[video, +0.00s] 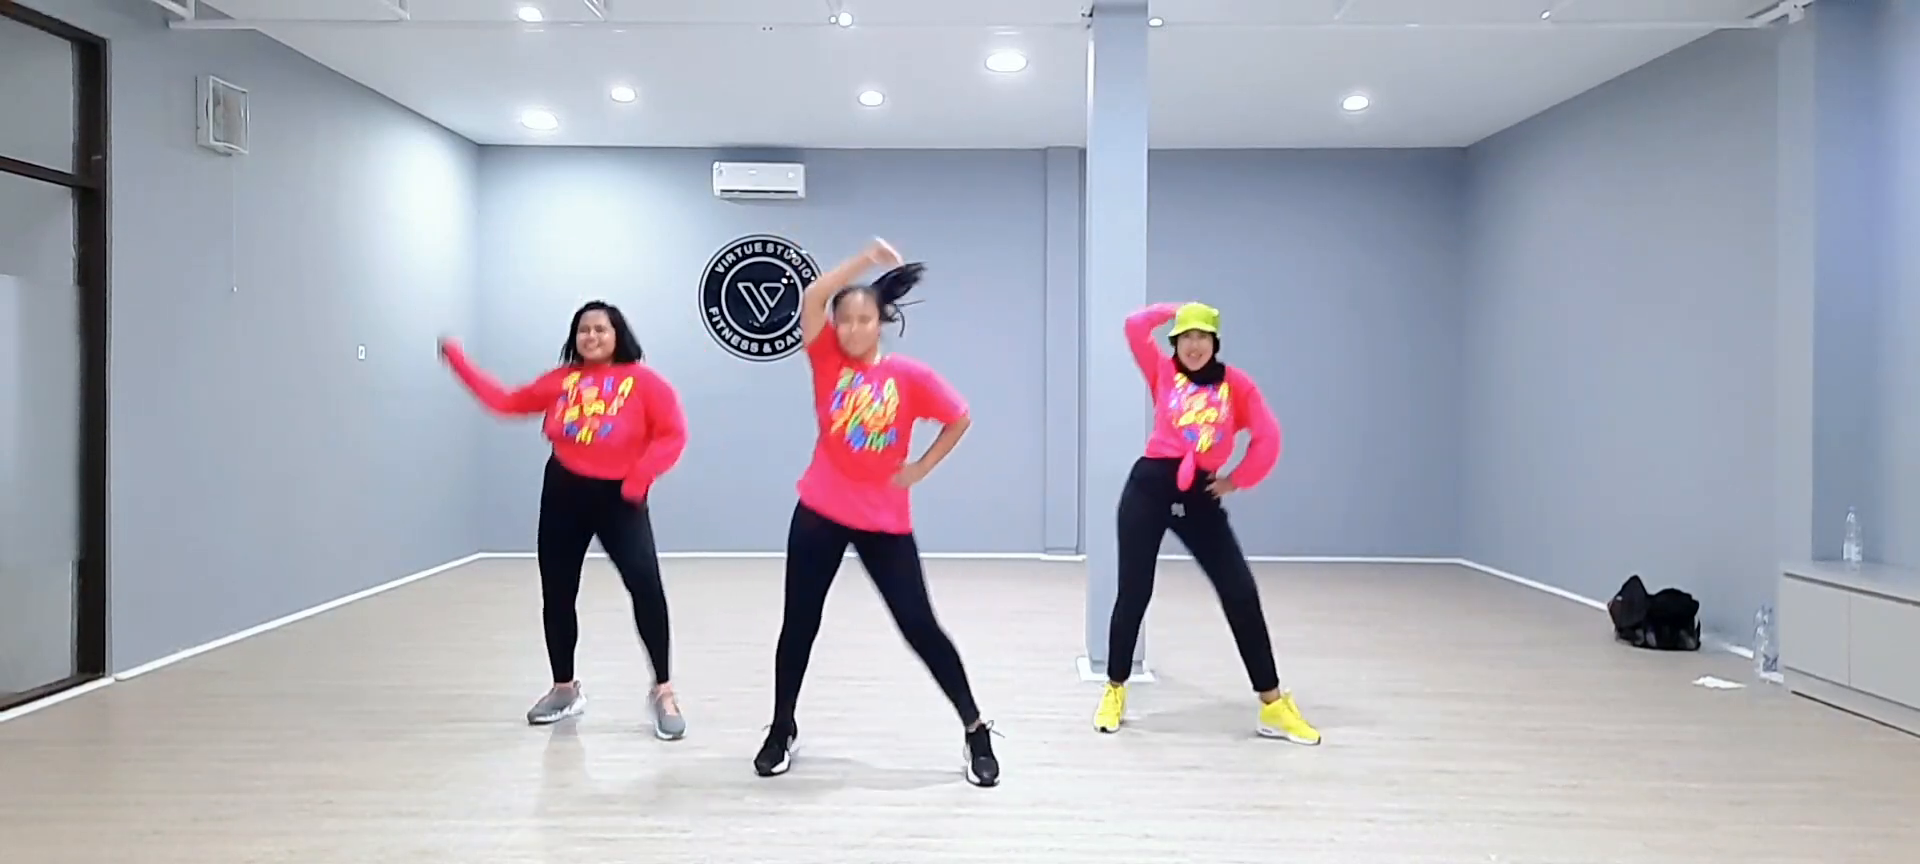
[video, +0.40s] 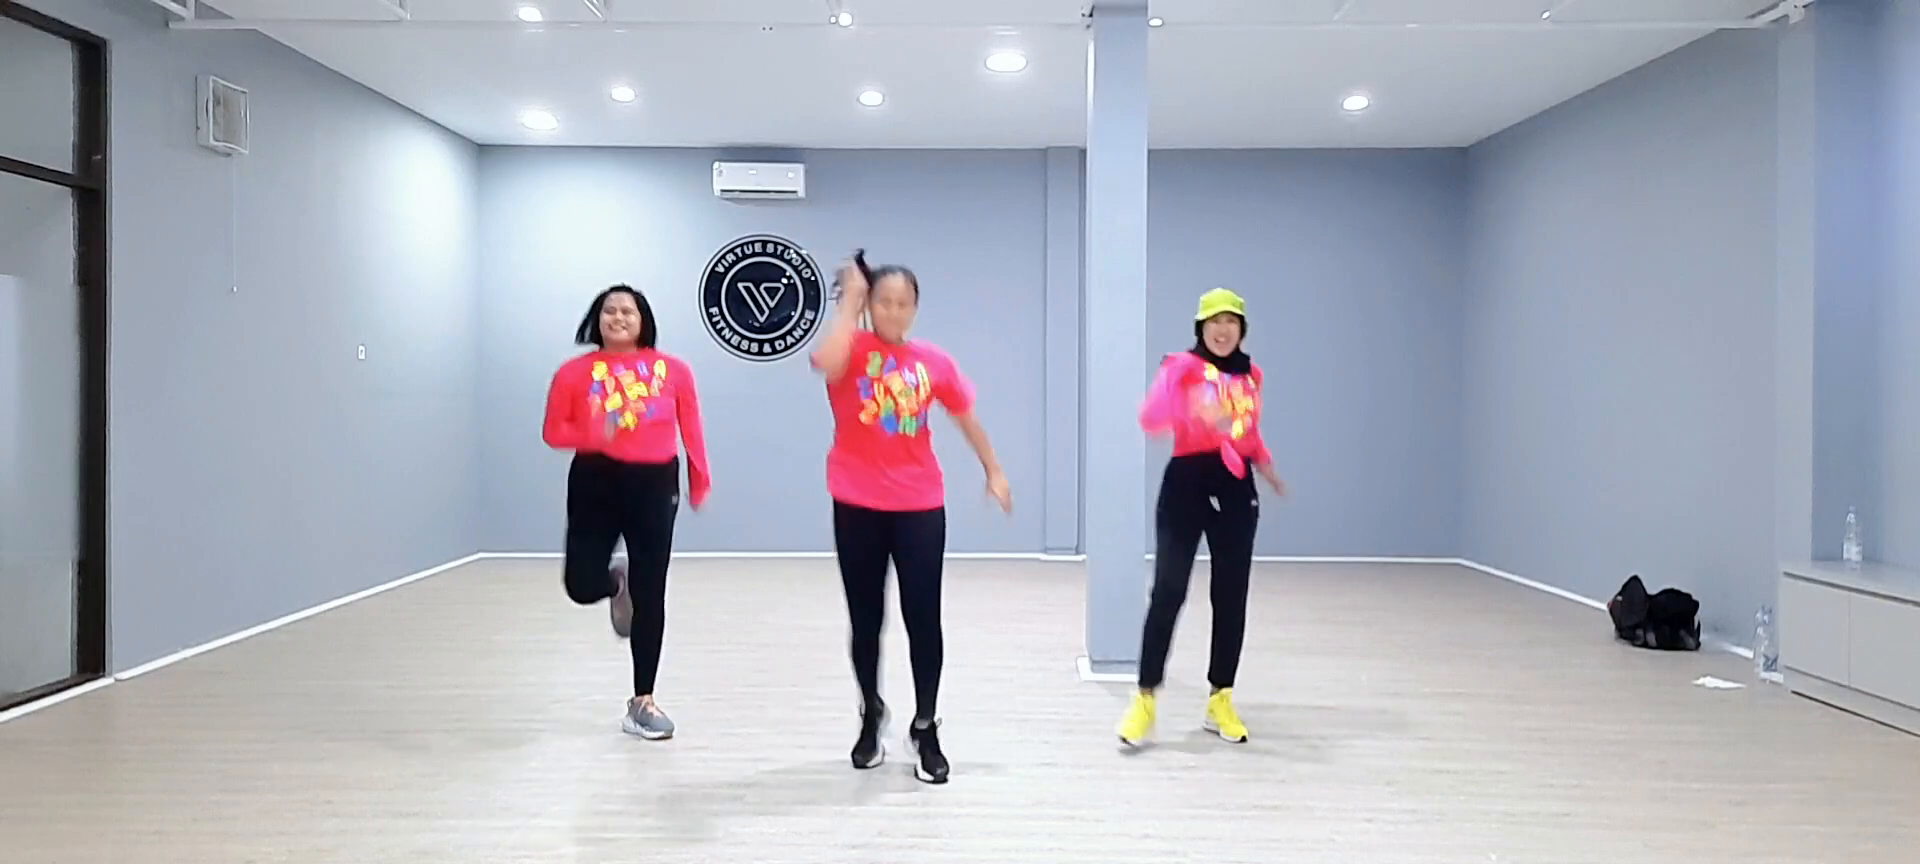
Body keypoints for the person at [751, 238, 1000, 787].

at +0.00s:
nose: (854, 328)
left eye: (864, 320)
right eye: (846, 319)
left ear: (882, 324)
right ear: (833, 324)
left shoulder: (906, 375)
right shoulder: (827, 361)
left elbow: (958, 418)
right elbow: (811, 297)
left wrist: (919, 469)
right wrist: (866, 259)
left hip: (883, 517)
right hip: (820, 509)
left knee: (920, 629)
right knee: (798, 624)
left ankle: (976, 730)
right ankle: (780, 729)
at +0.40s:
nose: (895, 312)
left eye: (904, 303)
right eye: (886, 303)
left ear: (916, 308)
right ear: (868, 306)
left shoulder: (933, 362)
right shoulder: (847, 349)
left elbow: (966, 419)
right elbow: (826, 361)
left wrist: (994, 469)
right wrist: (852, 299)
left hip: (920, 507)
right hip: (858, 506)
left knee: (923, 620)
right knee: (865, 622)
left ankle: (926, 728)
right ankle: (870, 712)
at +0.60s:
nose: (917, 340)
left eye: (926, 331)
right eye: (908, 330)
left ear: (936, 329)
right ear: (887, 324)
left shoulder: (939, 378)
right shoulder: (854, 376)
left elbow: (950, 446)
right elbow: (837, 446)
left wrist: (958, 492)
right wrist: (886, 479)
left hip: (930, 522)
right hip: (870, 524)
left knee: (933, 631)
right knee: (877, 626)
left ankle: (926, 730)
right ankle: (856, 715)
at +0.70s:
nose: (920, 336)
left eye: (929, 326)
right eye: (911, 324)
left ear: (939, 318)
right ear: (889, 313)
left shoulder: (936, 362)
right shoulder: (860, 361)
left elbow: (953, 428)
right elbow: (803, 412)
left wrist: (945, 429)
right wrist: (848, 457)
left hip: (919, 504)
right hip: (862, 501)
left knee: (936, 613)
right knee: (878, 615)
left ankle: (920, 718)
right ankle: (847, 755)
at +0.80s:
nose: (922, 352)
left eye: (929, 343)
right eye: (913, 342)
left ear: (936, 334)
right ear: (889, 330)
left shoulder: (927, 371)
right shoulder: (859, 370)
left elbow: (950, 439)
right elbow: (785, 399)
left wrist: (943, 391)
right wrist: (825, 455)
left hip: (902, 521)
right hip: (854, 521)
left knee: (941, 620)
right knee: (872, 644)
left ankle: (909, 729)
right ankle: (837, 785)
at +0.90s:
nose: (936, 362)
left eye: (941, 352)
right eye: (932, 351)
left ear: (926, 347)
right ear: (898, 343)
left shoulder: (919, 395)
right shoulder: (869, 393)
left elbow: (913, 470)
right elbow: (802, 436)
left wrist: (946, 451)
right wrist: (841, 496)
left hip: (887, 540)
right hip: (845, 542)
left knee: (928, 641)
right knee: (886, 662)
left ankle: (901, 741)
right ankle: (833, 798)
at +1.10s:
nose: (934, 325)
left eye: (936, 316)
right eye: (934, 315)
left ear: (893, 305)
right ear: (918, 308)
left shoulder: (854, 347)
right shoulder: (911, 355)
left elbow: (815, 387)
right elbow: (924, 427)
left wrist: (851, 424)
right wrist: (962, 402)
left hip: (827, 508)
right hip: (868, 513)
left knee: (878, 626)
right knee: (885, 634)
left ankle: (858, 745)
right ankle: (844, 775)